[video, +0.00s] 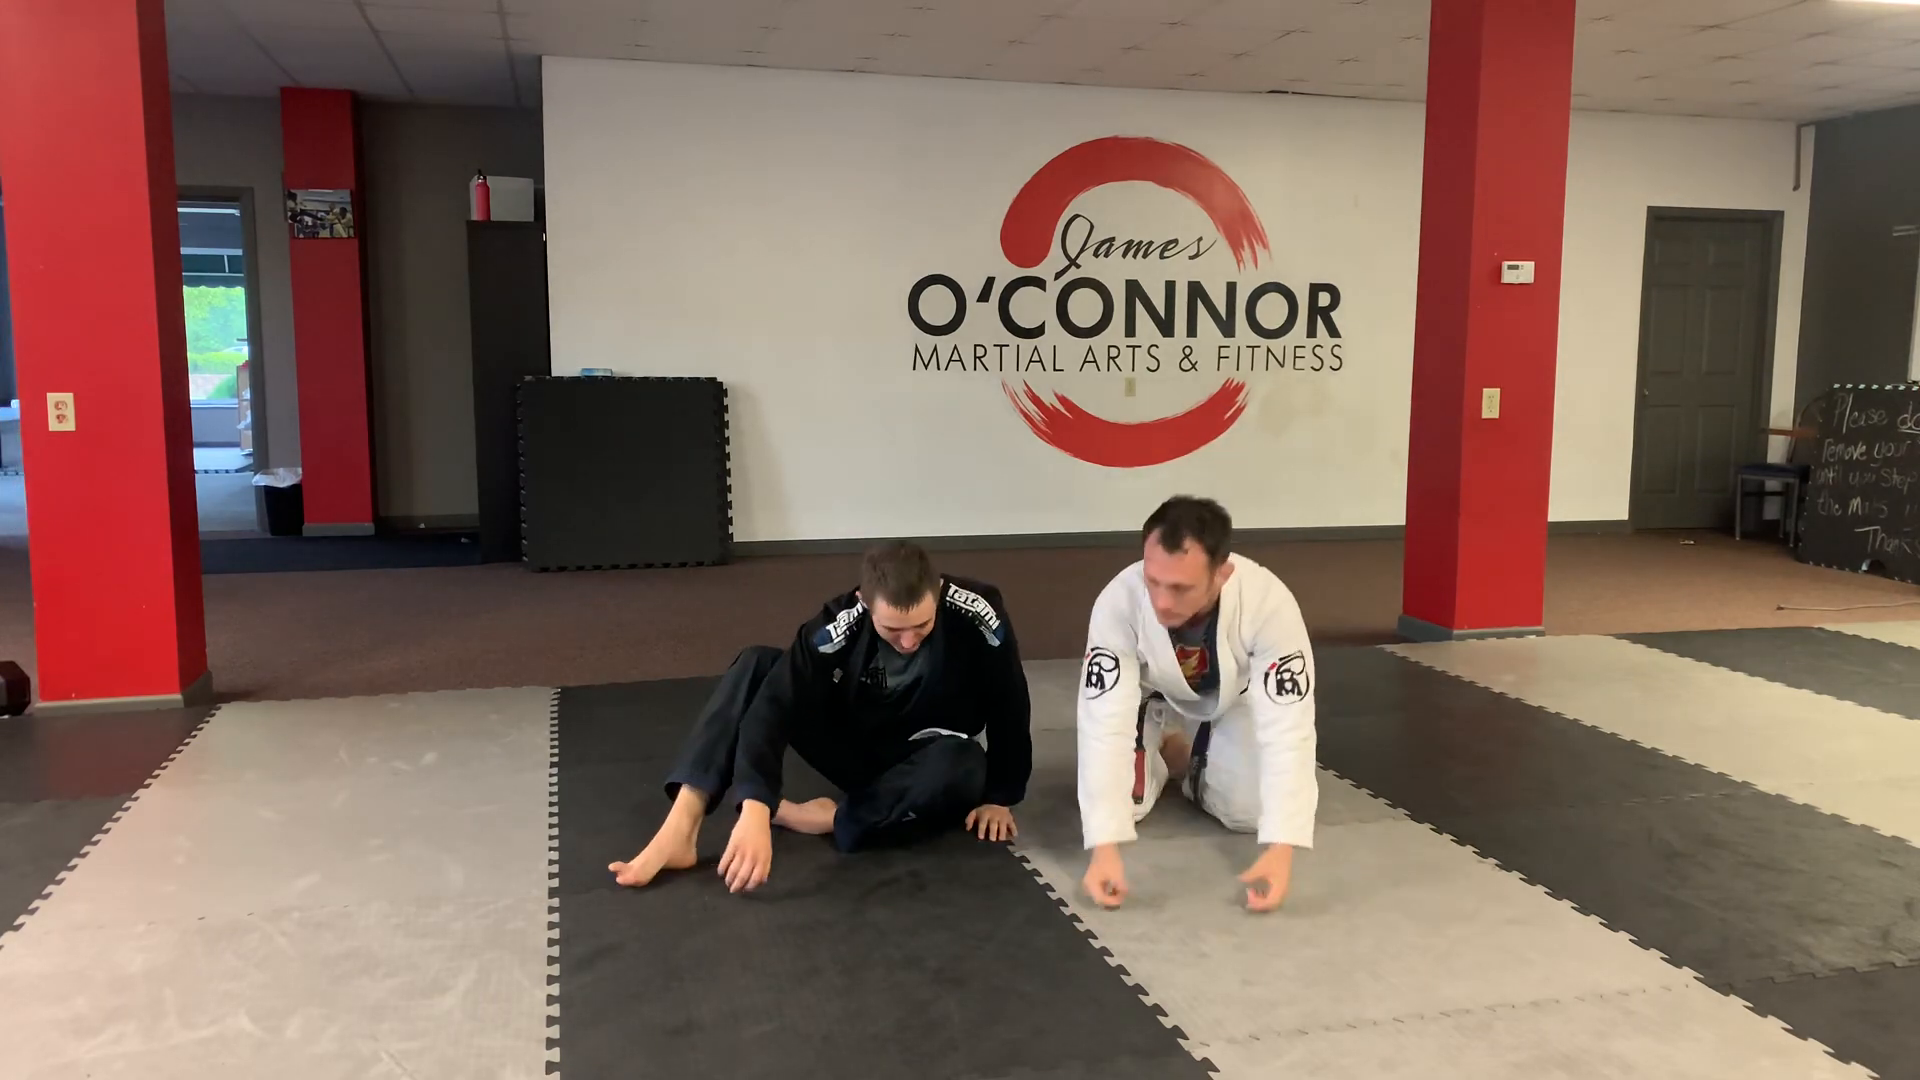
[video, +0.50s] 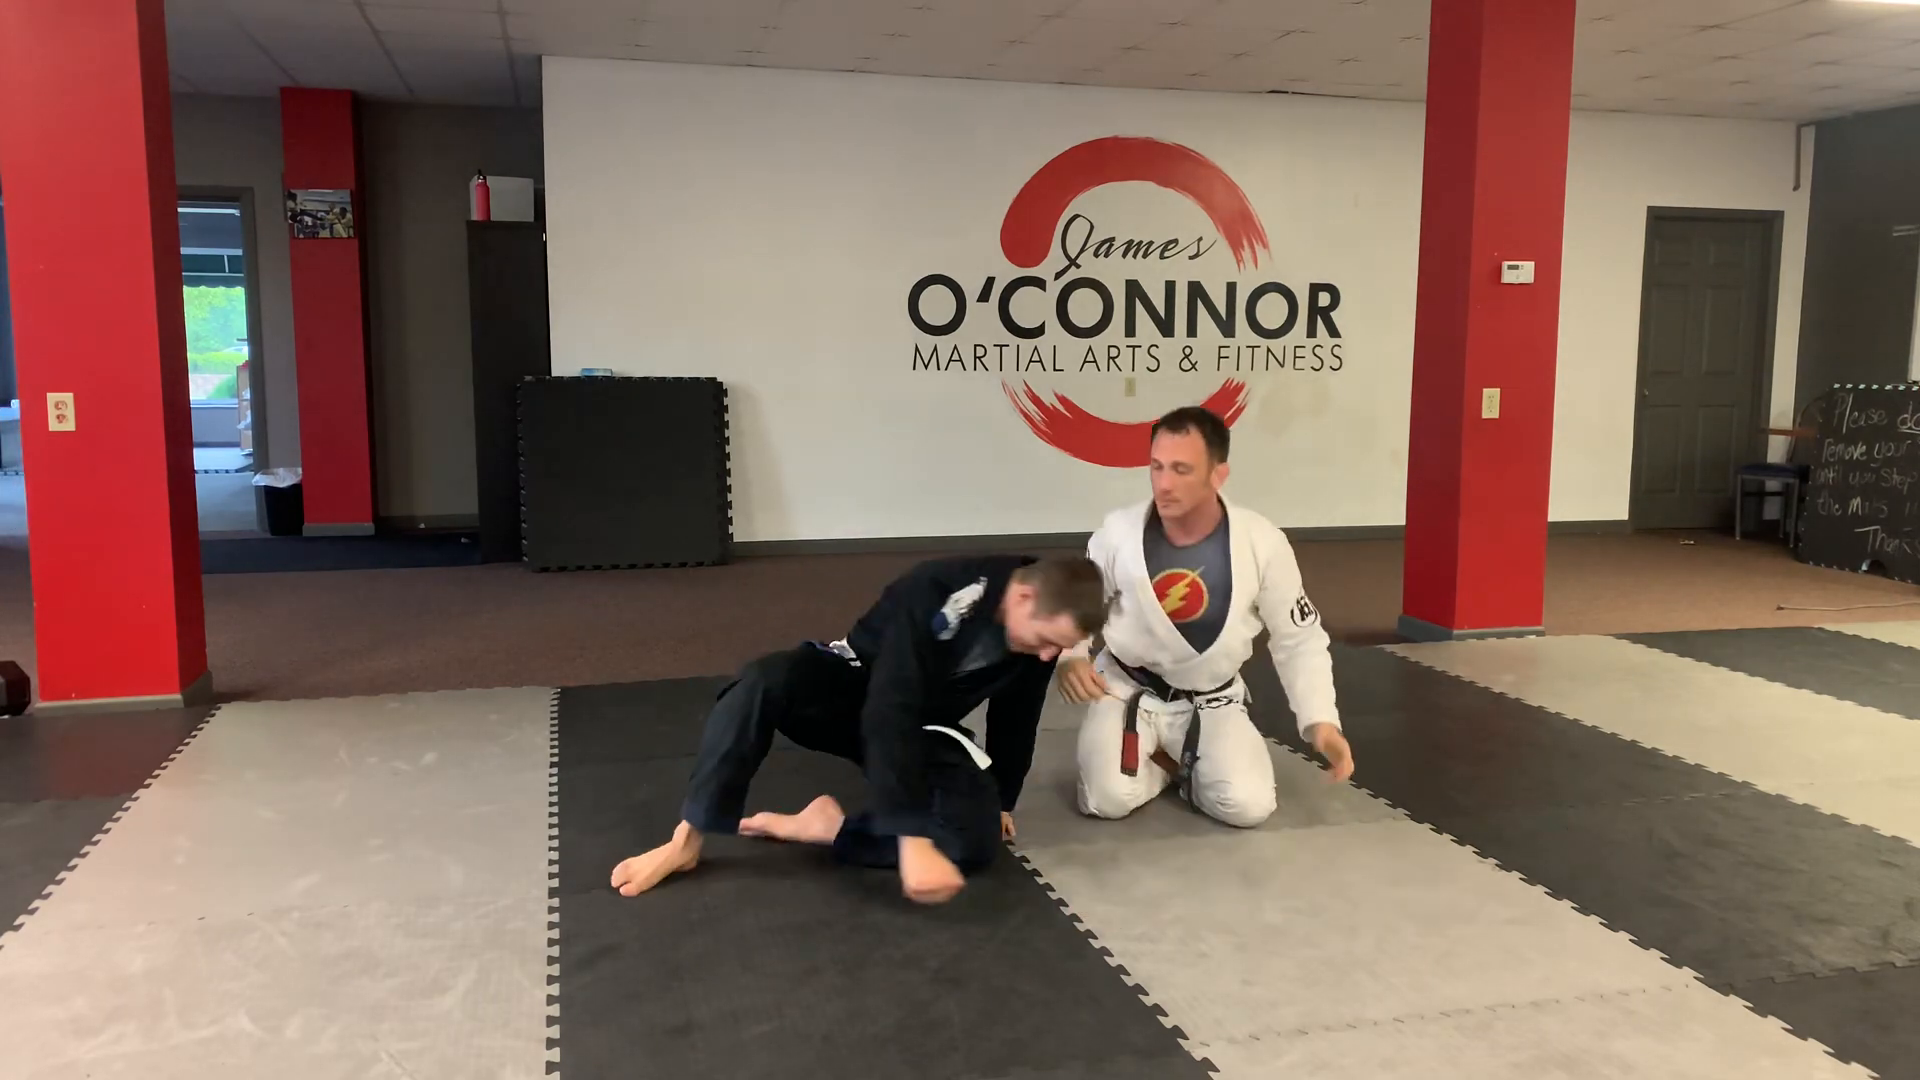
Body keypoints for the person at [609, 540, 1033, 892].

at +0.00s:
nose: (909, 640)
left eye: (920, 628)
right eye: (893, 630)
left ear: (936, 597)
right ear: (867, 605)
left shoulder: (978, 617)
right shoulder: (839, 625)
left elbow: (1012, 712)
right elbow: (769, 713)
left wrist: (1002, 798)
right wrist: (755, 814)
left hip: (920, 755)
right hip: (846, 741)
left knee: (958, 767)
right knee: (757, 665)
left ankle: (835, 816)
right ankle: (680, 828)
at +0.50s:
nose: (1050, 656)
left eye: (1062, 648)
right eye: (1048, 640)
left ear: (1064, 629)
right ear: (1021, 597)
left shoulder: (1041, 640)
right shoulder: (933, 595)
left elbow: (1017, 725)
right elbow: (886, 714)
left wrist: (1001, 806)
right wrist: (913, 837)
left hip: (929, 728)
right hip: (854, 691)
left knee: (973, 839)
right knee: (763, 681)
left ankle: (832, 828)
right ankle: (688, 838)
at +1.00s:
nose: (1187, 693)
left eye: (1202, 689)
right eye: (1199, 681)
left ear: (1185, 630)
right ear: (1185, 640)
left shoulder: (1124, 621)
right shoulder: (1100, 620)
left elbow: (1048, 741)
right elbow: (1042, 756)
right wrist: (1042, 891)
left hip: (961, 724)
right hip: (913, 719)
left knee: (1068, 820)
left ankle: (906, 836)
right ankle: (814, 873)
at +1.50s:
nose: (1204, 687)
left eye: (1216, 682)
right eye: (1213, 676)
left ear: (1197, 633)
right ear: (1195, 642)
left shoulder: (1144, 611)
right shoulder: (1113, 625)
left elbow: (1110, 728)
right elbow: (1092, 775)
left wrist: (1154, 802)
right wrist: (1139, 909)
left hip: (981, 726)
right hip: (921, 729)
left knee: (1069, 832)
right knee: (1002, 925)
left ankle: (899, 825)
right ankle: (849, 861)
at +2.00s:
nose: (1251, 715)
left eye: (1262, 711)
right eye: (1262, 706)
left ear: (1258, 652)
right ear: (1255, 664)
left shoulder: (1214, 614)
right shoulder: (1158, 625)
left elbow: (1188, 723)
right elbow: (1133, 784)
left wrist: (1197, 819)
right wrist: (1159, 926)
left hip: (1027, 696)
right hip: (961, 682)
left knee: (1066, 832)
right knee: (975, 896)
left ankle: (890, 821)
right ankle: (832, 828)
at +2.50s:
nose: (1261, 709)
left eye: (1273, 705)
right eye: (1275, 700)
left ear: (1273, 646)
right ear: (1269, 660)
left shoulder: (1217, 613)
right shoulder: (1177, 627)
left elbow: (1189, 728)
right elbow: (1142, 784)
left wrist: (1196, 823)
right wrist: (1162, 923)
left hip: (1019, 696)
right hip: (962, 685)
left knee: (1041, 832)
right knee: (965, 906)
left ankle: (865, 800)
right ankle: (827, 822)